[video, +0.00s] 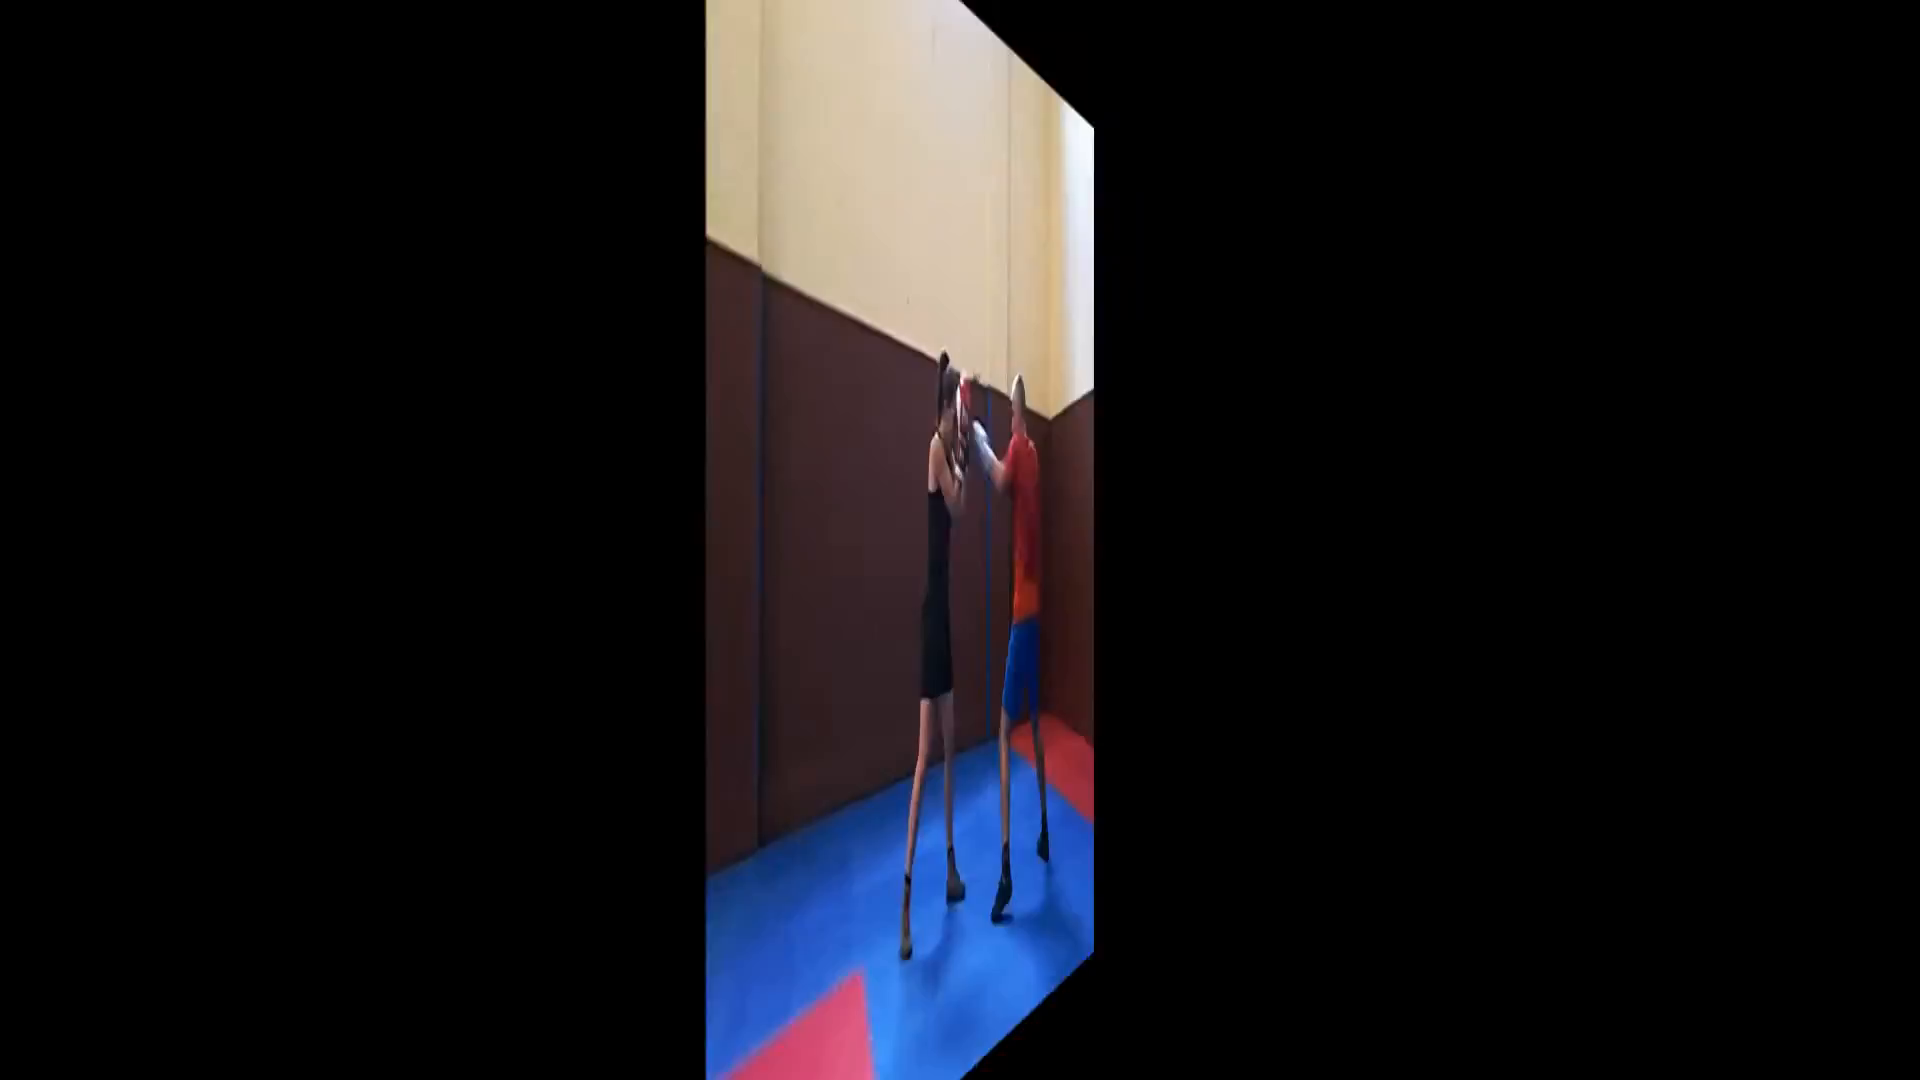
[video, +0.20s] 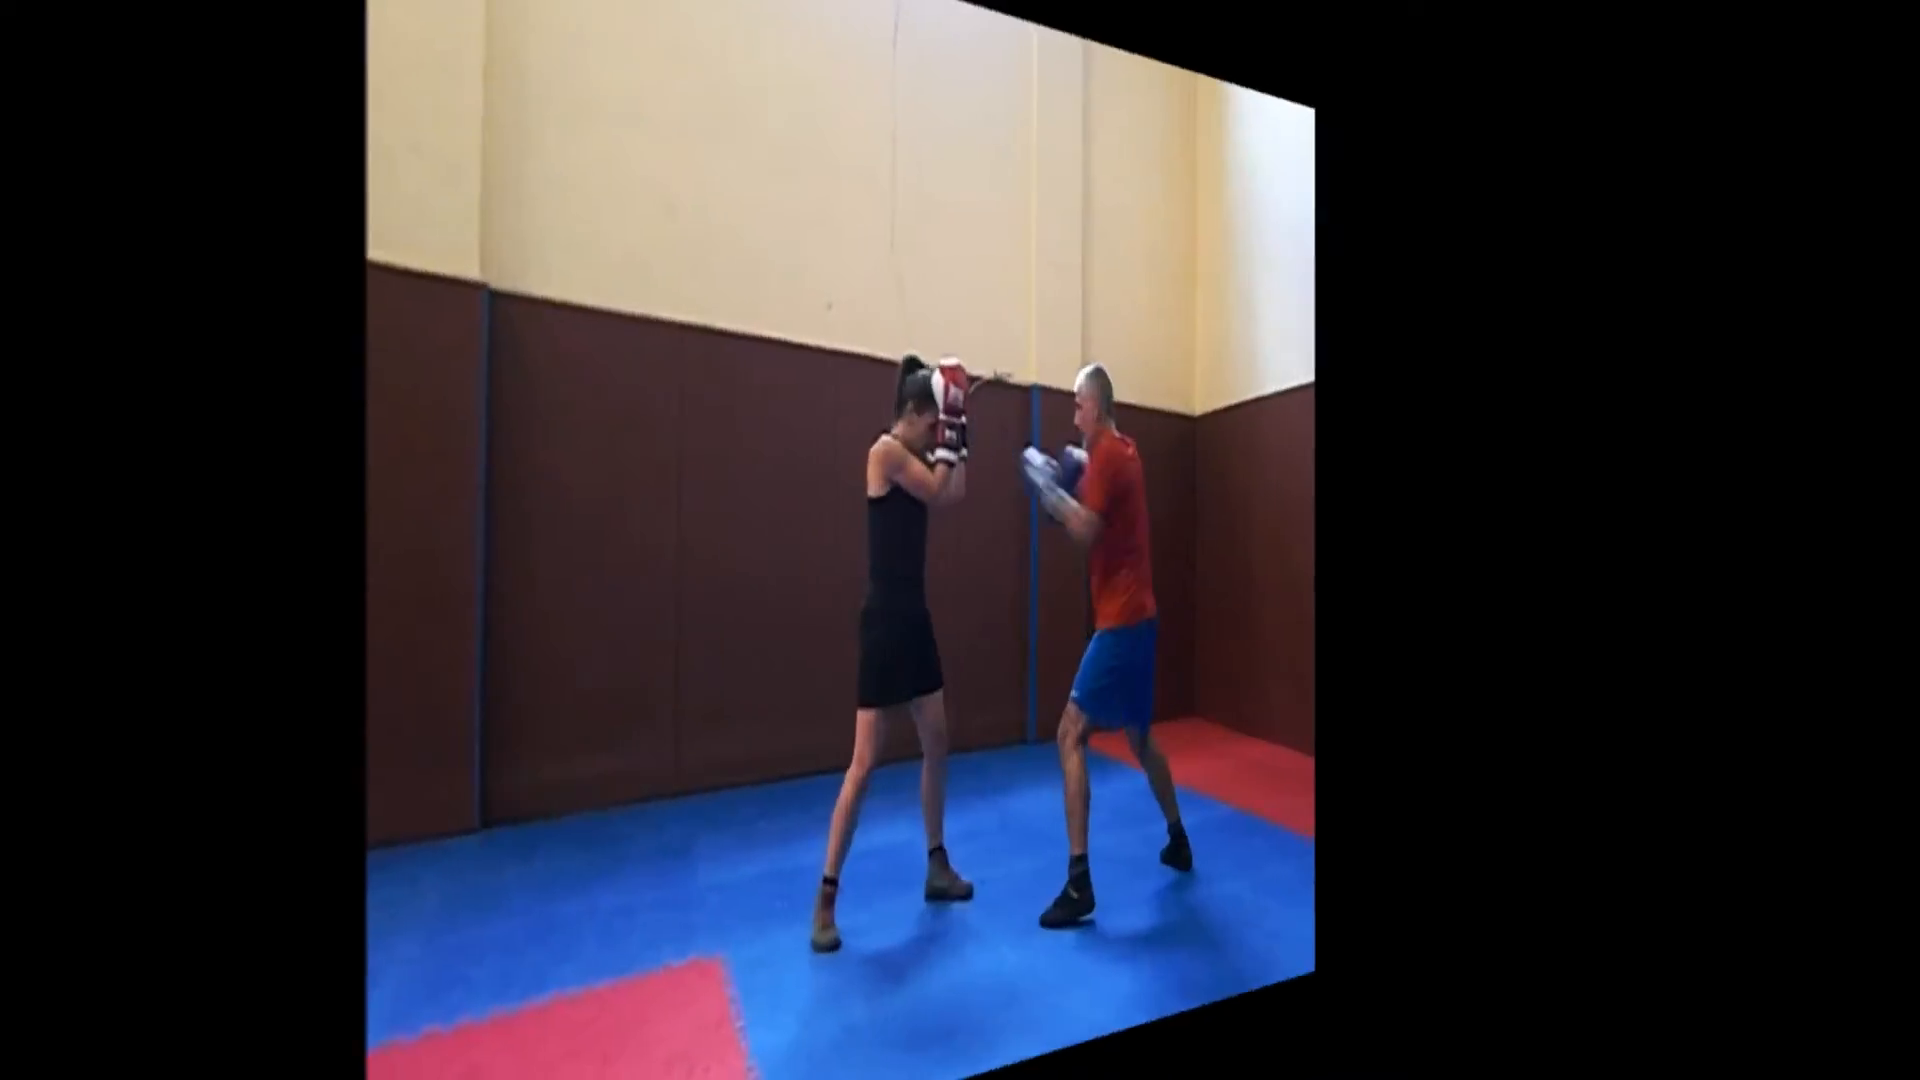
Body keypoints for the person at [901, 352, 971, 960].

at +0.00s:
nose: (966, 418)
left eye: (968, 410)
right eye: (960, 407)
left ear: (969, 424)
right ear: (947, 411)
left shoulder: (966, 460)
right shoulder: (938, 459)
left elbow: (994, 488)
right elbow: (959, 501)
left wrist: (979, 440)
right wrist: (960, 447)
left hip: (949, 619)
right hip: (933, 620)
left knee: (949, 748)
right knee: (925, 753)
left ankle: (949, 857)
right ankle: (908, 867)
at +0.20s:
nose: (935, 432)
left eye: (938, 422)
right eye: (930, 422)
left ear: (924, 418)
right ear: (907, 414)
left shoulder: (911, 457)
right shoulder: (888, 453)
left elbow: (954, 489)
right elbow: (941, 489)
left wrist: (957, 428)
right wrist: (954, 432)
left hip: (912, 618)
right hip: (886, 619)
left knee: (936, 740)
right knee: (865, 759)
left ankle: (938, 864)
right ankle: (827, 892)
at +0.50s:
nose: (898, 439)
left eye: (901, 430)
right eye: (892, 428)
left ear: (885, 424)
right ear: (862, 418)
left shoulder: (868, 463)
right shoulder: (826, 459)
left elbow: (931, 485)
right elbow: (904, 489)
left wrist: (937, 431)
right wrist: (927, 432)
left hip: (879, 623)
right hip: (833, 626)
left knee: (917, 740)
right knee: (812, 761)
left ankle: (924, 865)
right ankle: (760, 884)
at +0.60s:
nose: (895, 444)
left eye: (899, 434)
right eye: (892, 432)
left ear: (871, 423)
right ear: (861, 420)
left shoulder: (863, 463)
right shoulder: (822, 459)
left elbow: (923, 485)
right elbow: (901, 491)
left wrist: (933, 435)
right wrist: (925, 436)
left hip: (875, 623)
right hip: (828, 626)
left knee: (913, 740)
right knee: (809, 757)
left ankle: (923, 862)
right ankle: (756, 878)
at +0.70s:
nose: (898, 444)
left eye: (902, 434)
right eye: (894, 433)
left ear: (885, 425)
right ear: (865, 420)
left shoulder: (867, 462)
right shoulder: (824, 458)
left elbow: (926, 485)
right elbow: (906, 488)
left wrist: (939, 439)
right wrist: (928, 439)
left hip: (873, 623)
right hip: (826, 625)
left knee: (912, 739)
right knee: (808, 755)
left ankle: (923, 862)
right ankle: (757, 876)